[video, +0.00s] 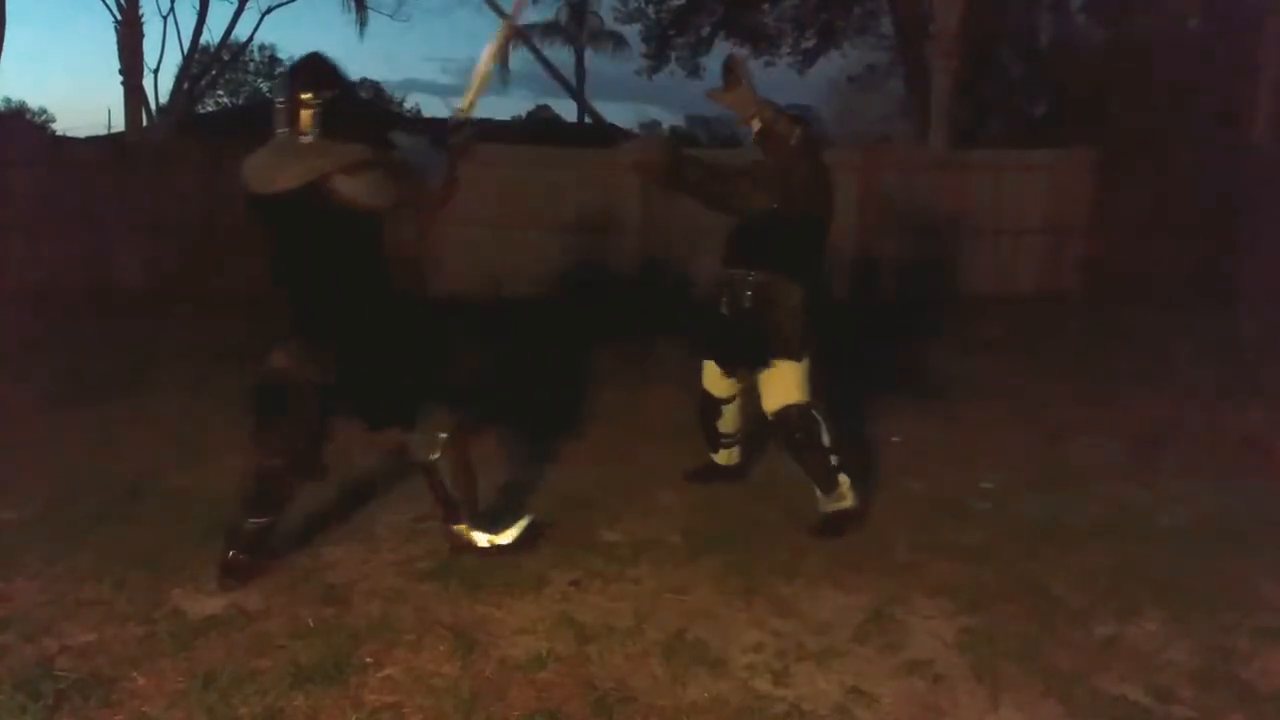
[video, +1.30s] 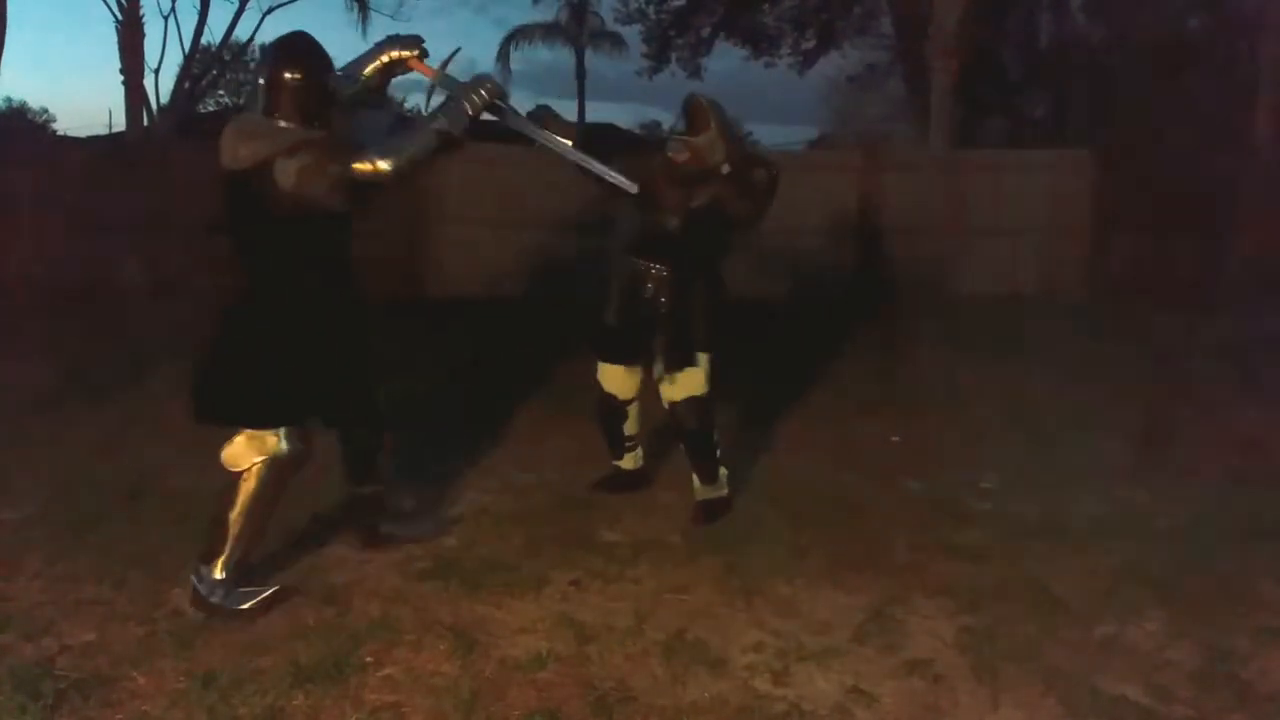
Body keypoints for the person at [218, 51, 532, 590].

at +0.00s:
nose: (348, 112)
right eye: (345, 103)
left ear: (287, 113)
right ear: (341, 109)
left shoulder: (260, 175)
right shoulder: (351, 174)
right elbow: (420, 197)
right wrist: (446, 154)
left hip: (298, 326)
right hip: (366, 323)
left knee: (283, 433)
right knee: (429, 408)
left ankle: (245, 543)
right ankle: (466, 522)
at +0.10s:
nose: (318, 99)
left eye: (307, 91)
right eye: (315, 90)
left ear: (263, 98)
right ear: (313, 96)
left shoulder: (229, 164)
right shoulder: (324, 160)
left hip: (260, 310)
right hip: (320, 310)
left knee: (271, 422)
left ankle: (245, 543)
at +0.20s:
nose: (308, 86)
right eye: (303, 78)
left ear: (246, 87)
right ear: (298, 84)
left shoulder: (210, 162)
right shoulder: (309, 155)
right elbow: (379, 190)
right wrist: (414, 138)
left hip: (247, 310)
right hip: (310, 311)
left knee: (265, 425)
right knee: (392, 410)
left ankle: (242, 547)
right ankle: (330, 536)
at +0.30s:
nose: (296, 88)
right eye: (293, 79)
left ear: (231, 89)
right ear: (292, 86)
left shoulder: (200, 162)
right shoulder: (306, 160)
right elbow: (383, 192)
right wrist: (403, 129)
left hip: (243, 315)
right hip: (307, 316)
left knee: (262, 446)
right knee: (368, 431)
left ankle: (233, 574)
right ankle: (260, 575)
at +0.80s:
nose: (281, 96)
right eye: (280, 85)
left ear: (223, 95)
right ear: (283, 92)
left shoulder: (205, 158)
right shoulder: (299, 165)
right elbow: (384, 161)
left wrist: (324, 78)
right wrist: (383, 107)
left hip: (242, 327)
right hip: (297, 331)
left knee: (266, 457)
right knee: (299, 462)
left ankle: (239, 567)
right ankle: (239, 604)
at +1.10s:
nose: (305, 94)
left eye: (301, 82)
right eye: (294, 82)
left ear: (252, 82)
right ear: (273, 83)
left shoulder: (231, 136)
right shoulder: (277, 155)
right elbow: (359, 163)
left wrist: (361, 64)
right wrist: (410, 92)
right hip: (268, 321)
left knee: (323, 426)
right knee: (272, 449)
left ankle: (324, 524)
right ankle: (219, 576)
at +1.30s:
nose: (317, 97)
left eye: (314, 84)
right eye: (306, 84)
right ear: (290, 85)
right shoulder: (264, 146)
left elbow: (333, 102)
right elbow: (390, 160)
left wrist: (380, 62)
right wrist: (464, 103)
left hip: (326, 310)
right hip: (279, 315)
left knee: (362, 411)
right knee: (280, 442)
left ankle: (371, 510)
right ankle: (220, 574)